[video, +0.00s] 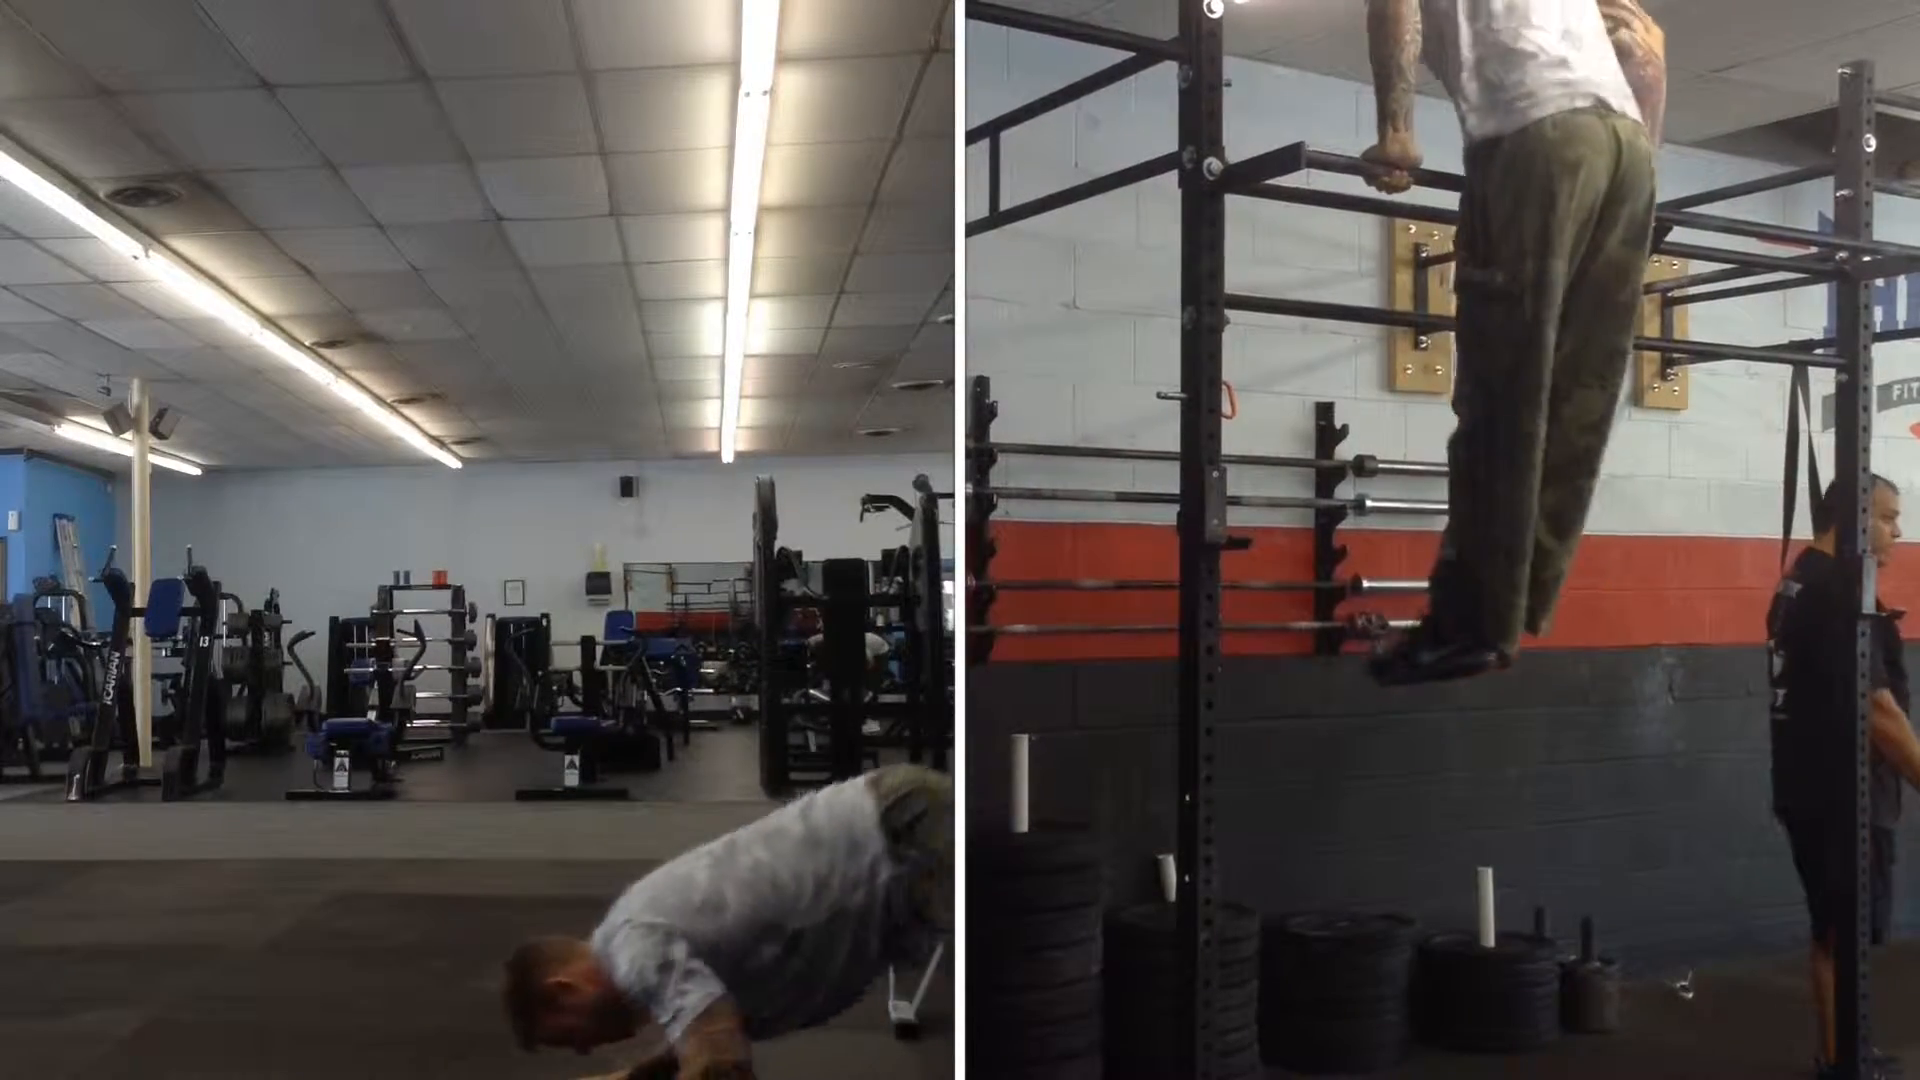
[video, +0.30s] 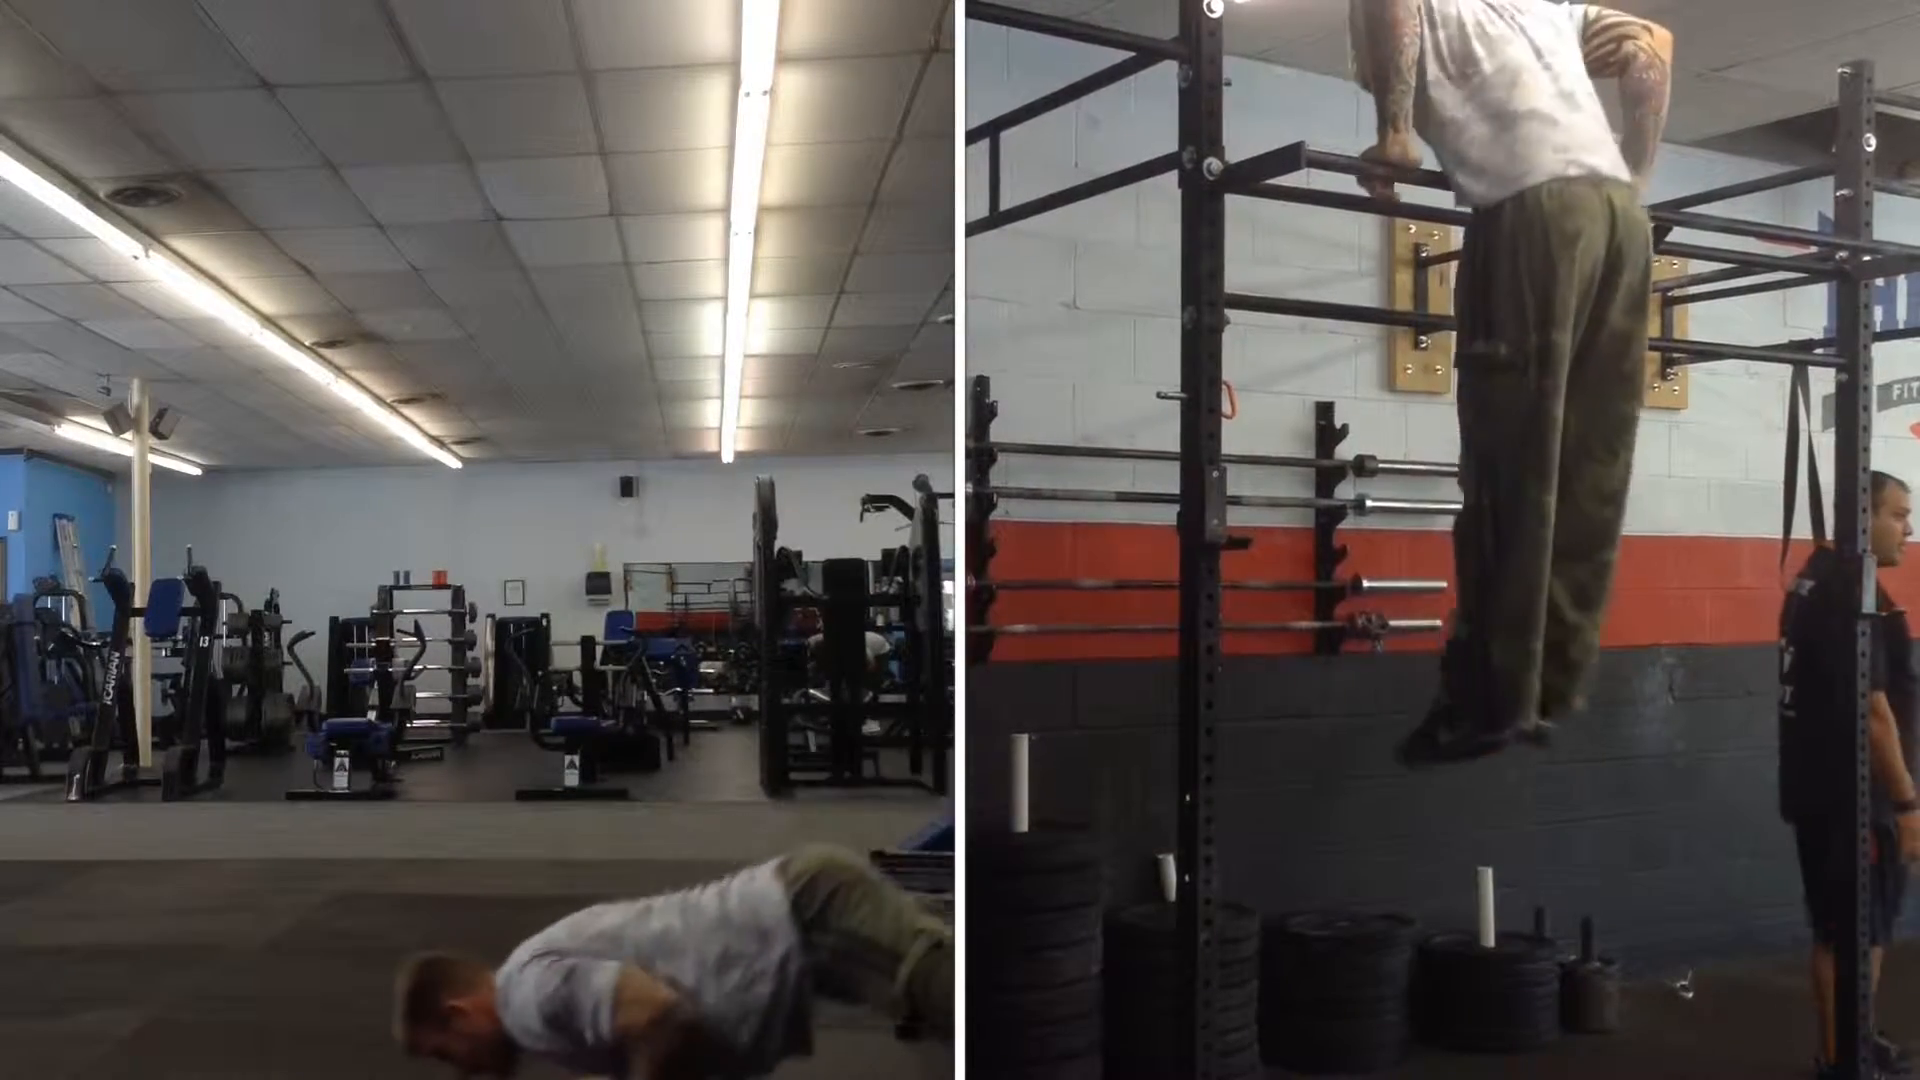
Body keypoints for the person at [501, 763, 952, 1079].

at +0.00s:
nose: (583, 1048)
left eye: (568, 1038)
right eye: (568, 1045)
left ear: (568, 991)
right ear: (571, 980)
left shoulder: (632, 943)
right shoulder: (631, 942)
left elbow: (720, 1058)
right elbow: (713, 1041)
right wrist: (644, 1070)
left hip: (900, 824)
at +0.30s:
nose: (458, 1065)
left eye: (445, 1050)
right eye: (439, 1060)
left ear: (459, 1010)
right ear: (463, 1003)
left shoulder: (527, 989)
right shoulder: (529, 994)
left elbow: (659, 1014)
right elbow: (655, 1015)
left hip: (808, 904)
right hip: (805, 930)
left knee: (963, 995)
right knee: (955, 1003)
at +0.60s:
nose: (377, 1037)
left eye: (371, 1016)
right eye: (367, 1021)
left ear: (402, 990)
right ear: (419, 971)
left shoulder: (478, 1001)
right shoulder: (517, 950)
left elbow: (620, 1004)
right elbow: (657, 946)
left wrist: (614, 1072)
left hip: (761, 1014)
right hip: (762, 973)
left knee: (956, 1056)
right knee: (950, 1011)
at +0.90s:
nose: (377, 891)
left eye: (385, 872)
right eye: (377, 873)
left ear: (429, 870)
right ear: (445, 866)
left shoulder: (486, 930)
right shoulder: (534, 885)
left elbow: (619, 998)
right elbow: (653, 946)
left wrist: (616, 1072)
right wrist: (609, 1038)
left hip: (742, 1041)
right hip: (753, 1003)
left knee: (926, 1070)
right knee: (924, 1026)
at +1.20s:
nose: (450, 730)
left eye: (463, 712)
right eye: (456, 712)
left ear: (505, 734)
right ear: (513, 734)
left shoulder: (542, 832)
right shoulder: (570, 789)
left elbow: (603, 989)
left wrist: (614, 1068)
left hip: (751, 1011)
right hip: (760, 960)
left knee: (943, 1062)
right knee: (926, 1006)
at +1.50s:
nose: (512, 679)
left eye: (532, 669)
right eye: (525, 665)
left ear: (568, 705)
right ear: (569, 709)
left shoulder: (584, 819)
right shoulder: (603, 780)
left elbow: (607, 994)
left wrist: (612, 1073)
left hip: (745, 1017)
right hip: (751, 969)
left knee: (931, 1073)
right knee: (916, 1017)